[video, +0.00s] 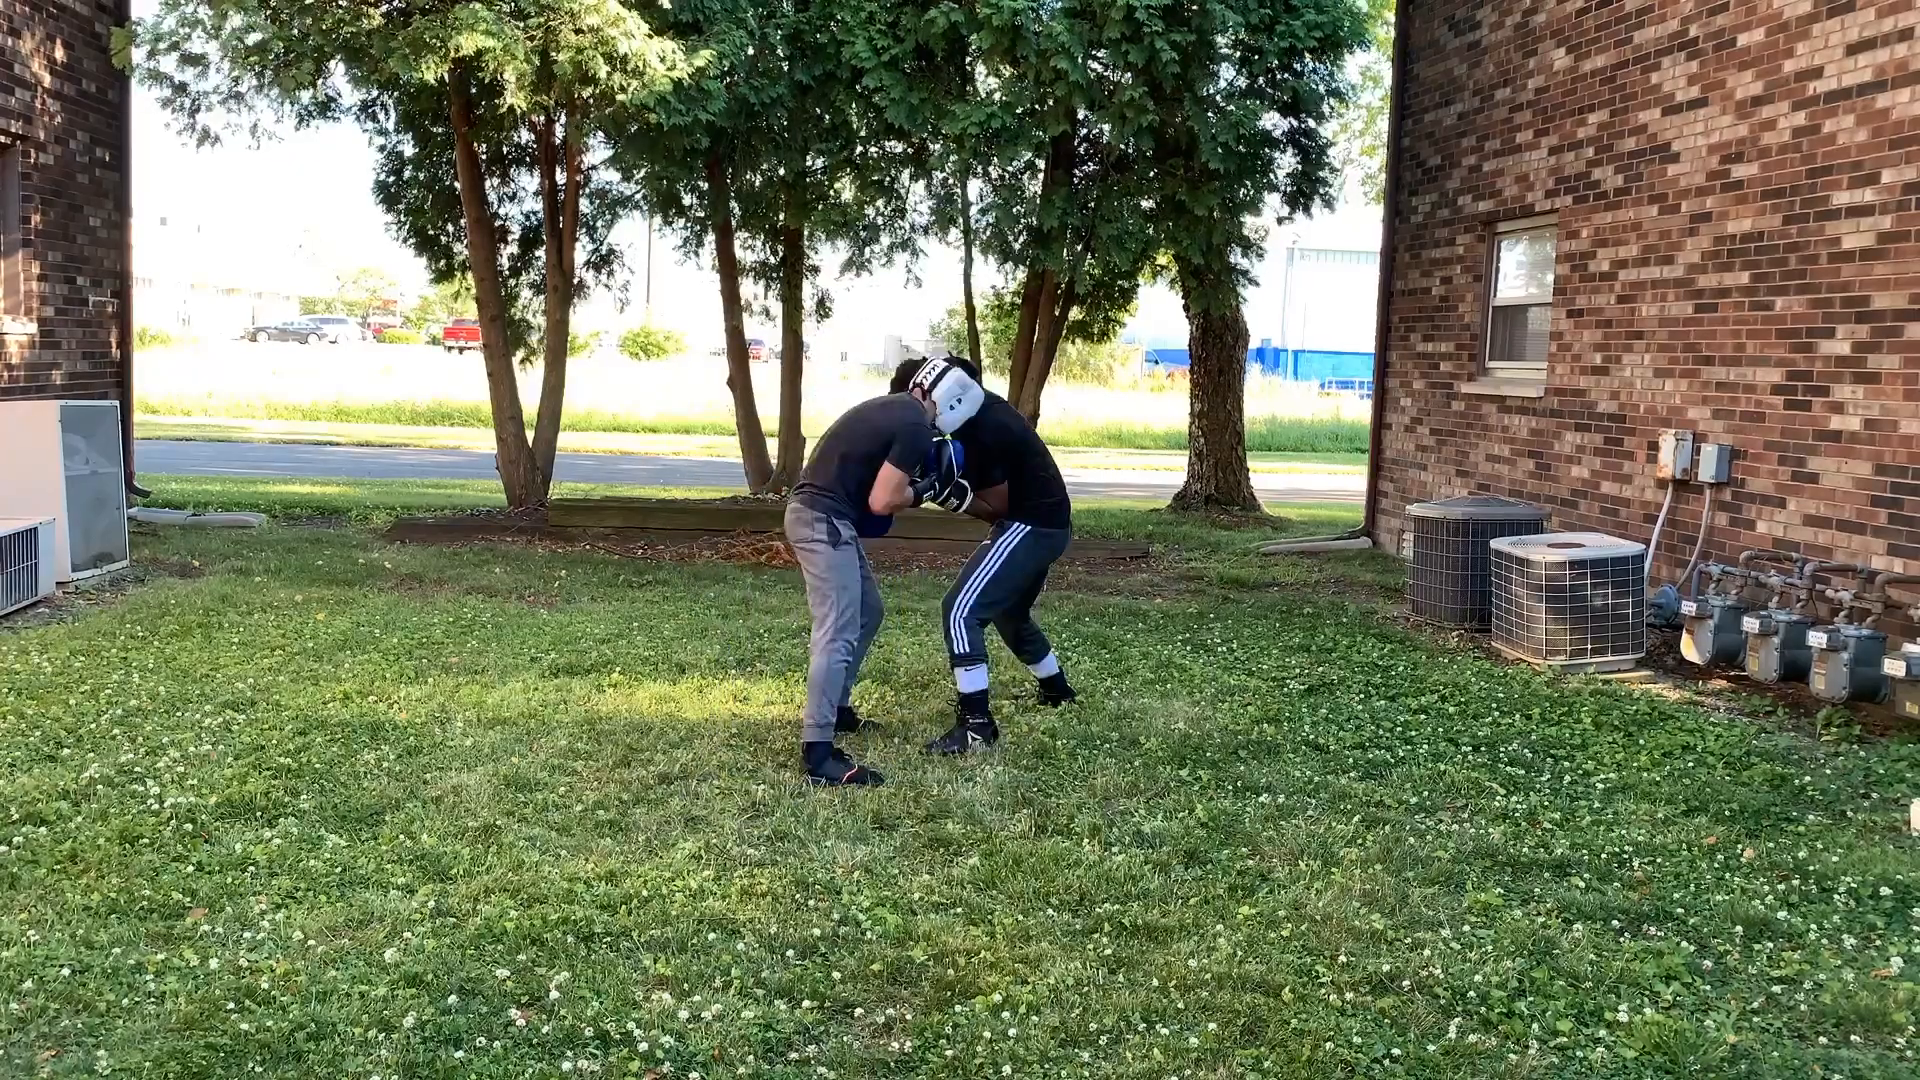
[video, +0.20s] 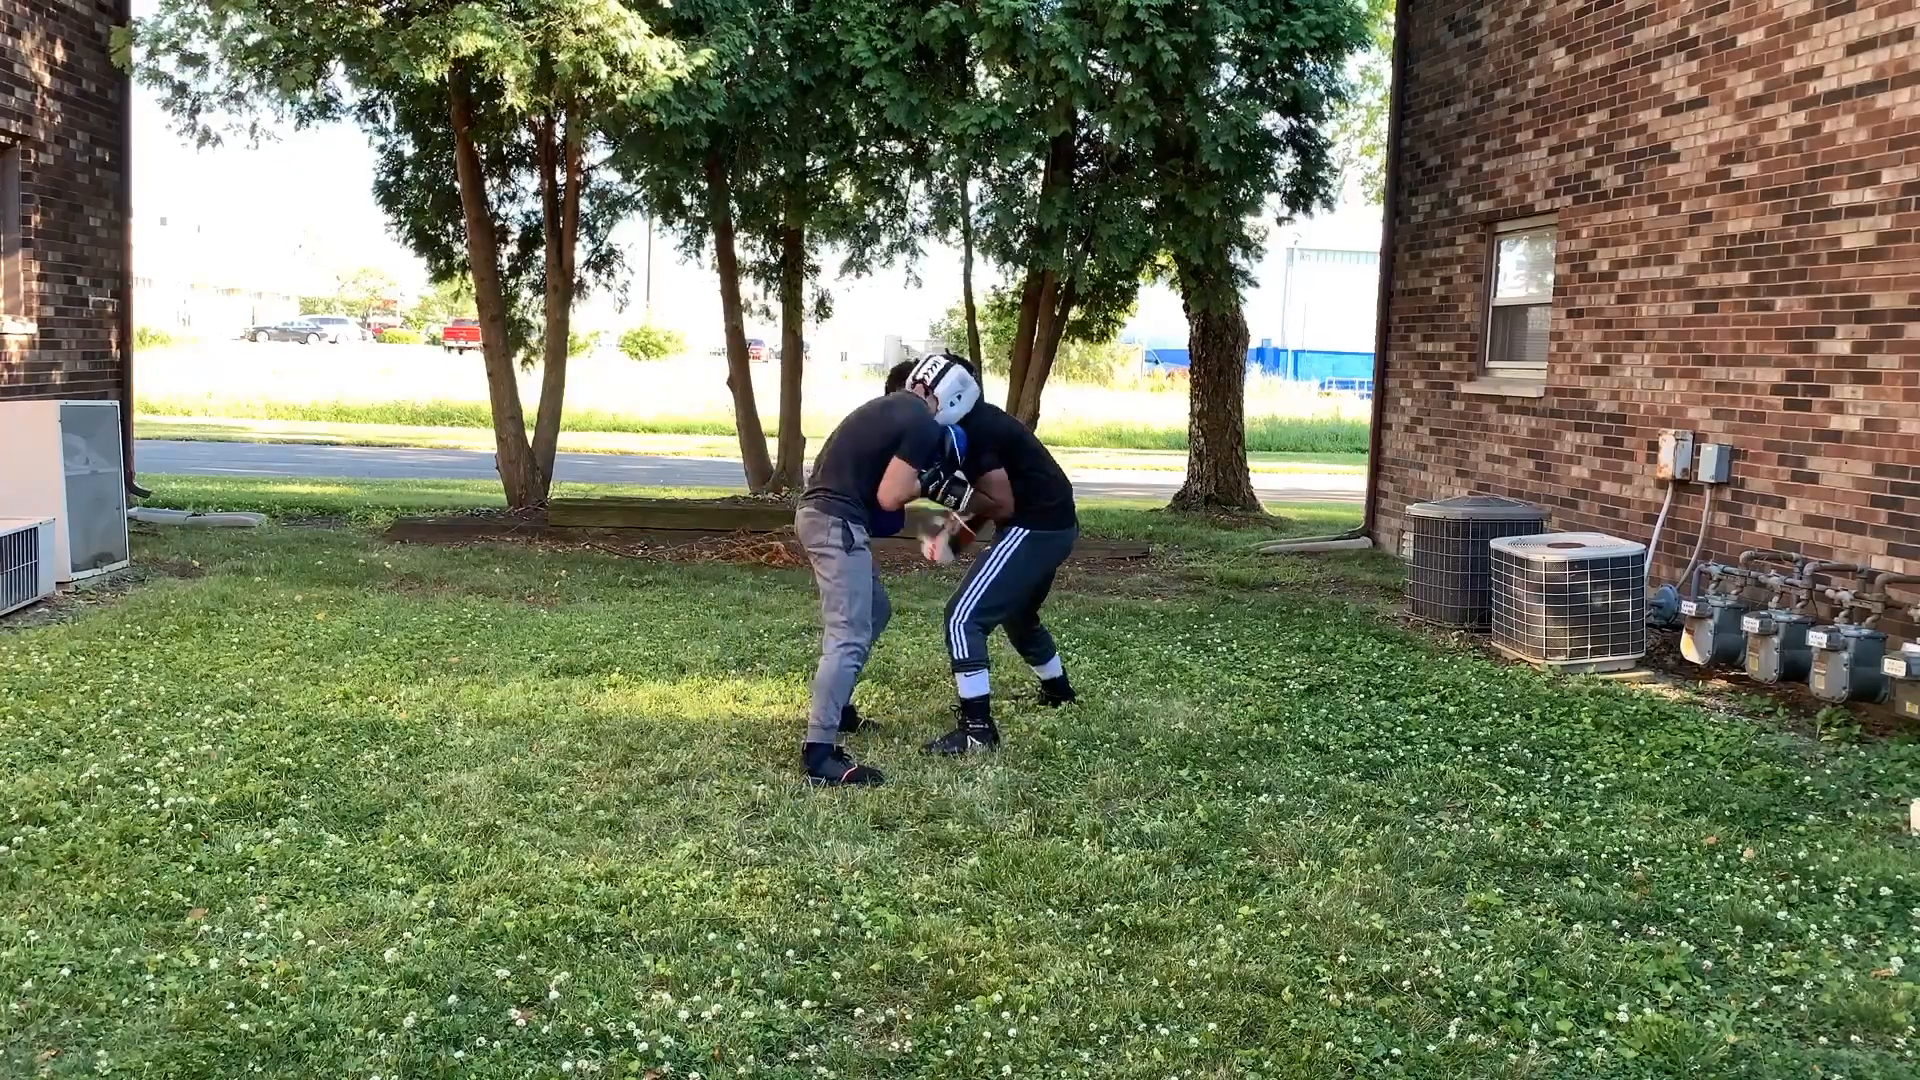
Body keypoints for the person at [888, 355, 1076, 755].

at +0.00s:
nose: (926, 417)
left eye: (926, 406)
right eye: (922, 408)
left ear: (945, 398)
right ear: (962, 391)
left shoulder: (984, 428)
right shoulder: (990, 415)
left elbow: (1000, 505)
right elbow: (991, 496)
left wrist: (955, 496)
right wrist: (950, 490)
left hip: (1029, 525)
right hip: (1044, 523)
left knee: (960, 609)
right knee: (1008, 613)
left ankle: (976, 725)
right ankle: (1056, 689)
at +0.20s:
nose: (915, 409)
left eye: (919, 398)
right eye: (912, 398)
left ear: (941, 396)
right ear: (958, 393)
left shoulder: (972, 429)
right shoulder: (975, 422)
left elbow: (1003, 504)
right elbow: (978, 498)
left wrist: (957, 500)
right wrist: (951, 539)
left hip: (1031, 528)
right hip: (1054, 525)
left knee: (962, 617)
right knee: (1018, 615)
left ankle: (977, 728)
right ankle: (1058, 691)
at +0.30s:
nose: (949, 416)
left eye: (953, 408)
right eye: (951, 406)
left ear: (917, 384)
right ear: (936, 392)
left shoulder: (893, 408)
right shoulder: (915, 415)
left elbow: (883, 487)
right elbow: (890, 490)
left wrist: (926, 473)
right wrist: (923, 476)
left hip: (849, 526)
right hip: (833, 524)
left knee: (886, 614)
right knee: (847, 637)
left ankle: (839, 708)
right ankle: (817, 752)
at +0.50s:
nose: (934, 419)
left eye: (940, 412)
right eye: (938, 409)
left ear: (910, 383)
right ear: (926, 391)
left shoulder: (884, 406)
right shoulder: (901, 409)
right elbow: (878, 486)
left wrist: (905, 513)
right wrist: (905, 487)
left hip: (837, 523)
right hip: (820, 522)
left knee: (880, 609)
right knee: (847, 635)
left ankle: (842, 709)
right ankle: (817, 753)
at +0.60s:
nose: (937, 409)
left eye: (941, 400)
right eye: (938, 398)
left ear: (899, 377)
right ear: (922, 388)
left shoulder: (866, 399)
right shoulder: (908, 422)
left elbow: (852, 466)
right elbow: (879, 502)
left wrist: (907, 486)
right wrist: (904, 524)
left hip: (793, 509)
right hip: (819, 520)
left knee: (840, 618)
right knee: (846, 639)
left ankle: (833, 707)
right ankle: (817, 752)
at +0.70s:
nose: (928, 400)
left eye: (930, 392)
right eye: (929, 391)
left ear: (889, 363)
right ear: (920, 384)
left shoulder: (837, 371)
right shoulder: (912, 426)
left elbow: (793, 427)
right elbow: (896, 497)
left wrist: (829, 458)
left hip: (783, 516)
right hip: (828, 526)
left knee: (815, 621)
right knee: (847, 632)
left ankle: (832, 710)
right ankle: (823, 752)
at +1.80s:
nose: (821, 518)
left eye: (827, 509)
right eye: (815, 511)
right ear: (787, 497)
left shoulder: (809, 490)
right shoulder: (729, 500)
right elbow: (715, 564)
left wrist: (817, 550)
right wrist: (779, 564)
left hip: (772, 557)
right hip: (713, 562)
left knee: (839, 620)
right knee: (719, 631)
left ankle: (840, 712)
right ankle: (677, 738)